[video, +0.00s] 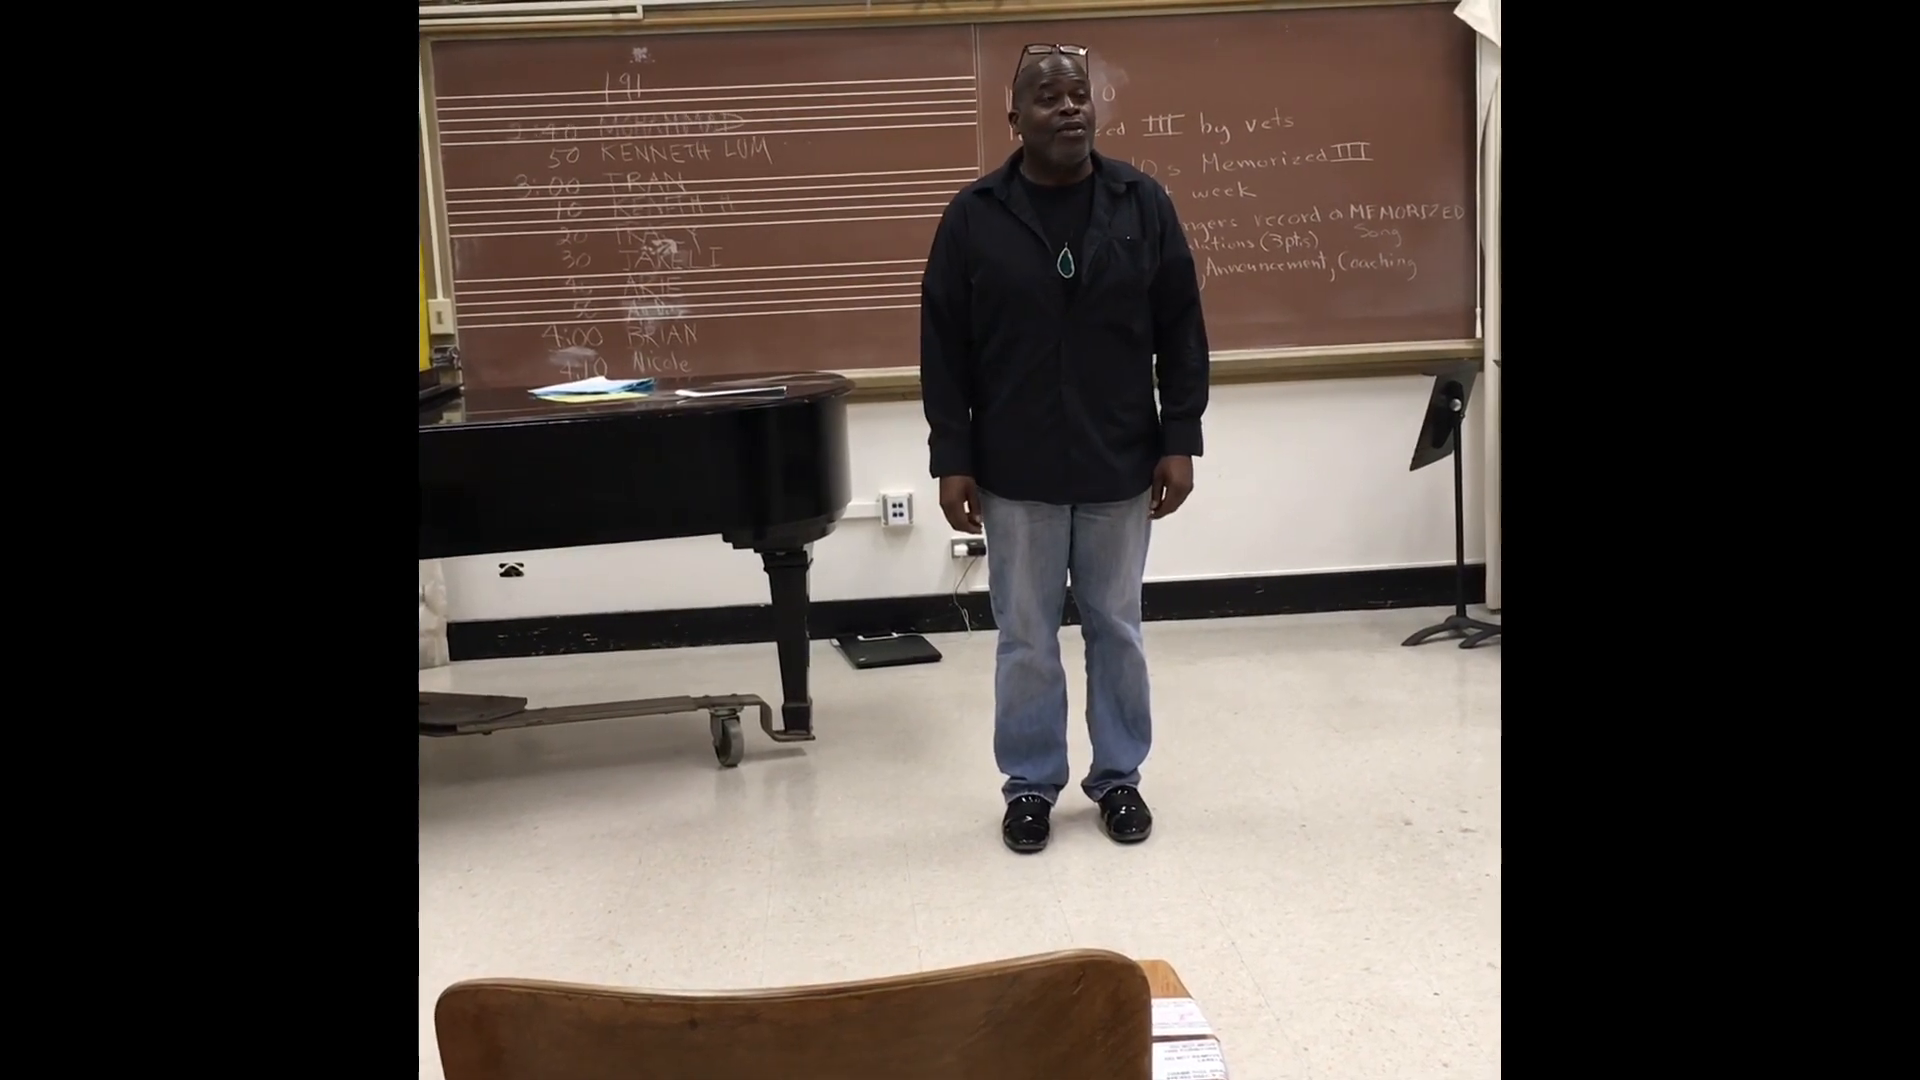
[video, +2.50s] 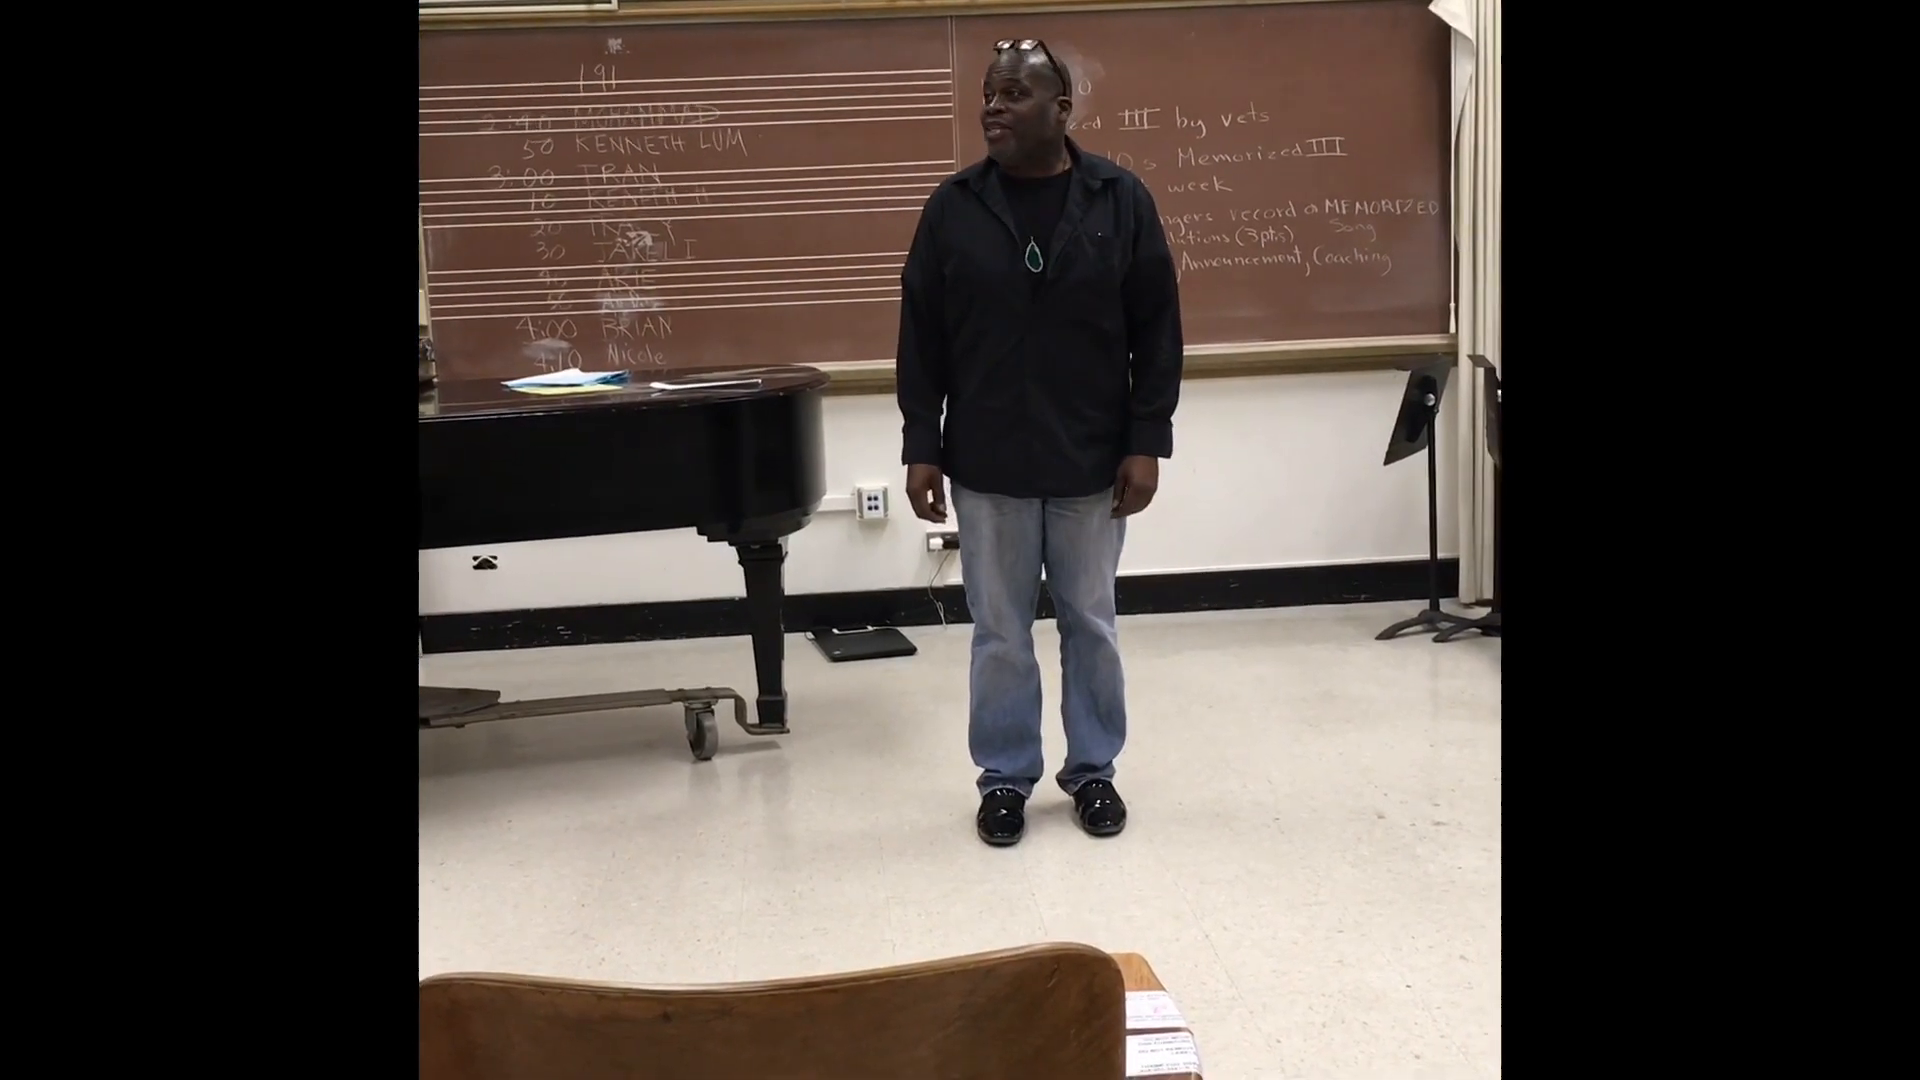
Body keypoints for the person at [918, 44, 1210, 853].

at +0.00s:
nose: (1066, 108)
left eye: (1078, 96)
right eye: (1046, 97)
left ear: (1097, 109)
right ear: (1015, 114)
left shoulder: (1143, 204)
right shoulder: (973, 215)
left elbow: (1182, 331)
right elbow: (943, 345)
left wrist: (1179, 444)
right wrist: (952, 461)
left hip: (1118, 457)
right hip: (1014, 461)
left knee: (1117, 628)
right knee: (1025, 635)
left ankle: (1119, 778)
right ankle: (1029, 784)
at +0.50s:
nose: (1069, 112)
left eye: (1079, 99)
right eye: (1049, 101)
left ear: (1096, 112)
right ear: (1013, 120)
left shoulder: (1139, 207)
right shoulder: (969, 219)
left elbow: (1176, 336)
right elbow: (940, 351)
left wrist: (1172, 448)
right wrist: (950, 467)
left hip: (1116, 459)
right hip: (1012, 465)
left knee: (1114, 631)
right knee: (1022, 638)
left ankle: (1116, 779)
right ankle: (1026, 787)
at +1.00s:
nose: (1067, 114)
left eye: (1077, 101)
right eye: (1047, 104)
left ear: (1093, 112)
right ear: (1011, 120)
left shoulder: (1135, 207)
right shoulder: (966, 217)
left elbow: (1171, 333)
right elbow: (935, 347)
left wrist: (1167, 446)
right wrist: (946, 463)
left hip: (1111, 457)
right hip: (1008, 463)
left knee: (1109, 629)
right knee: (1018, 637)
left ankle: (1110, 778)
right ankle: (1020, 785)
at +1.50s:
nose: (1055, 116)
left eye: (1068, 102)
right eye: (1036, 104)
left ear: (1086, 111)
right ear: (1005, 118)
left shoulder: (1131, 206)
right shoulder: (961, 216)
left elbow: (1166, 333)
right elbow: (931, 347)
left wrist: (1162, 446)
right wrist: (940, 463)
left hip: (1105, 457)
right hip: (1001, 462)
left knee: (1103, 629)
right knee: (1011, 636)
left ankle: (1104, 776)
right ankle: (1014, 782)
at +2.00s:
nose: (1021, 114)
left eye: (1039, 101)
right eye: (1009, 101)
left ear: (1075, 112)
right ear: (993, 112)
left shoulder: (1123, 205)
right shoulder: (954, 212)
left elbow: (1160, 333)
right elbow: (922, 342)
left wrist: (1156, 445)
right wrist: (930, 458)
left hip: (1095, 456)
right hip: (991, 461)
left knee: (1093, 627)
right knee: (1003, 634)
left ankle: (1096, 776)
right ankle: (1006, 783)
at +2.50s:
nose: (994, 107)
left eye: (1013, 95)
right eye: (990, 95)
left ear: (1063, 107)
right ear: (984, 106)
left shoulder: (1120, 200)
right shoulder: (953, 207)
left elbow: (1156, 330)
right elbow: (921, 334)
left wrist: (1146, 445)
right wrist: (921, 449)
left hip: (1091, 452)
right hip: (988, 454)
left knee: (1090, 623)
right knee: (1000, 629)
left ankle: (1093, 771)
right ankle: (1003, 777)